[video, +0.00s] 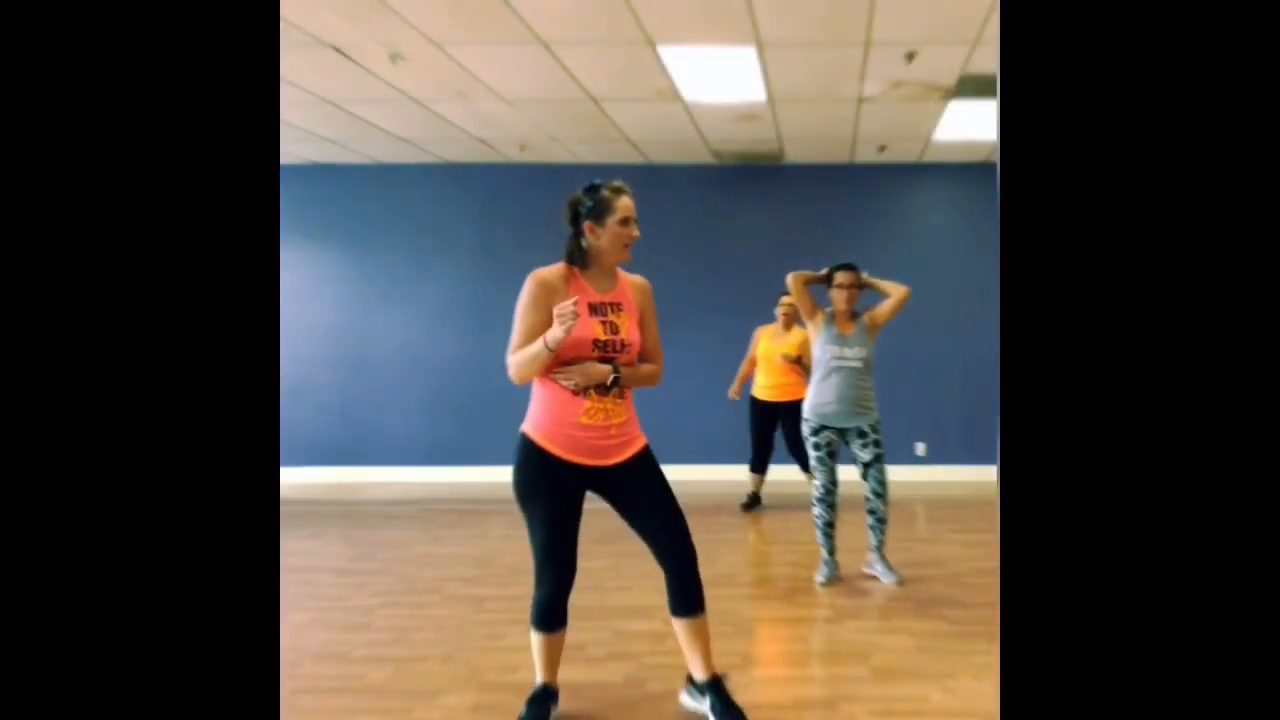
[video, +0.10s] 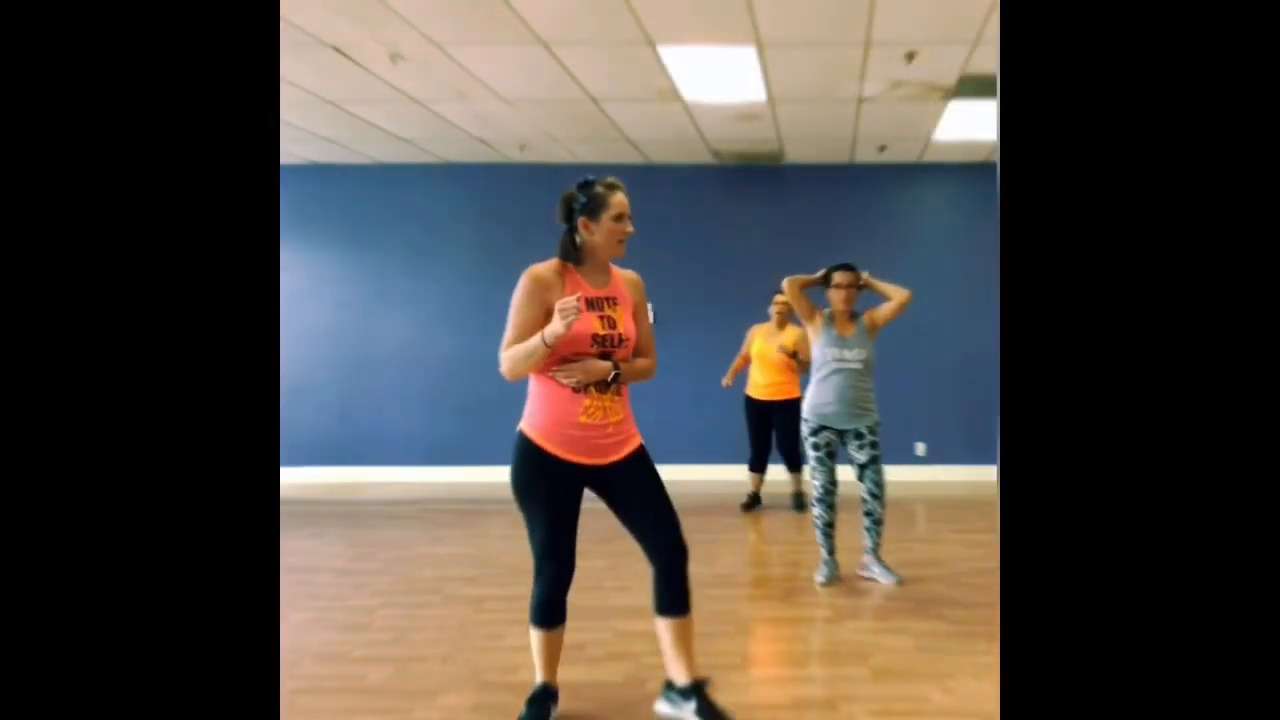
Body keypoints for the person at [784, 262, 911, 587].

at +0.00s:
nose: (846, 294)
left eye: (852, 288)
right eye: (840, 287)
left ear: (860, 293)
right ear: (829, 292)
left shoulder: (869, 324)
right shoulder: (817, 321)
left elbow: (902, 293)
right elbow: (793, 279)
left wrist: (869, 281)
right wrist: (824, 276)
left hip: (862, 418)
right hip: (820, 418)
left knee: (878, 487)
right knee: (824, 490)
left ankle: (876, 555)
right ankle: (827, 559)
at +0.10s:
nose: (845, 294)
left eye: (851, 288)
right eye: (839, 287)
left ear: (858, 292)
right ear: (827, 292)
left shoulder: (869, 323)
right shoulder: (816, 321)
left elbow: (904, 297)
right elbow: (789, 284)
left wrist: (870, 282)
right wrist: (818, 278)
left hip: (861, 418)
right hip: (820, 419)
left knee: (874, 488)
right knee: (823, 491)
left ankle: (871, 557)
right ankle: (827, 560)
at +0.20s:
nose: (844, 293)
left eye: (851, 287)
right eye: (839, 286)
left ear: (860, 291)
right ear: (828, 291)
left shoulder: (870, 322)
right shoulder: (815, 321)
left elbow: (909, 303)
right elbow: (784, 291)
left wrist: (874, 282)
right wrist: (816, 279)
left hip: (862, 418)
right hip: (820, 418)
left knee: (881, 484)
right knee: (823, 491)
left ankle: (877, 555)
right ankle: (828, 560)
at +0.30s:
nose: (847, 290)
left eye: (853, 284)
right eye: (841, 284)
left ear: (862, 289)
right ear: (831, 289)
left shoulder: (872, 322)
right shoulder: (817, 319)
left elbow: (916, 317)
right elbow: (775, 309)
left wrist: (885, 287)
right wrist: (806, 283)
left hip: (865, 417)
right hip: (822, 418)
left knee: (886, 483)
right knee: (825, 490)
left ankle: (887, 554)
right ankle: (828, 560)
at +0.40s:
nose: (851, 288)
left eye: (857, 283)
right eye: (845, 283)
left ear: (866, 289)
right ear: (835, 289)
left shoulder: (878, 323)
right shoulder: (822, 322)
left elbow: (922, 337)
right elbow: (776, 331)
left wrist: (903, 299)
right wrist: (796, 294)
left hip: (870, 418)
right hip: (827, 418)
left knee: (890, 486)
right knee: (827, 491)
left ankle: (899, 554)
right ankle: (828, 560)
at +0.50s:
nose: (858, 288)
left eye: (864, 283)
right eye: (852, 282)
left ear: (873, 289)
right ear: (842, 289)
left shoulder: (885, 324)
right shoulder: (828, 324)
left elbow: (920, 358)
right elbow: (796, 357)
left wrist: (920, 327)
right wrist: (793, 324)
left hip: (877, 420)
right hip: (834, 419)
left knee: (894, 488)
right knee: (831, 491)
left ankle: (906, 557)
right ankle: (828, 560)